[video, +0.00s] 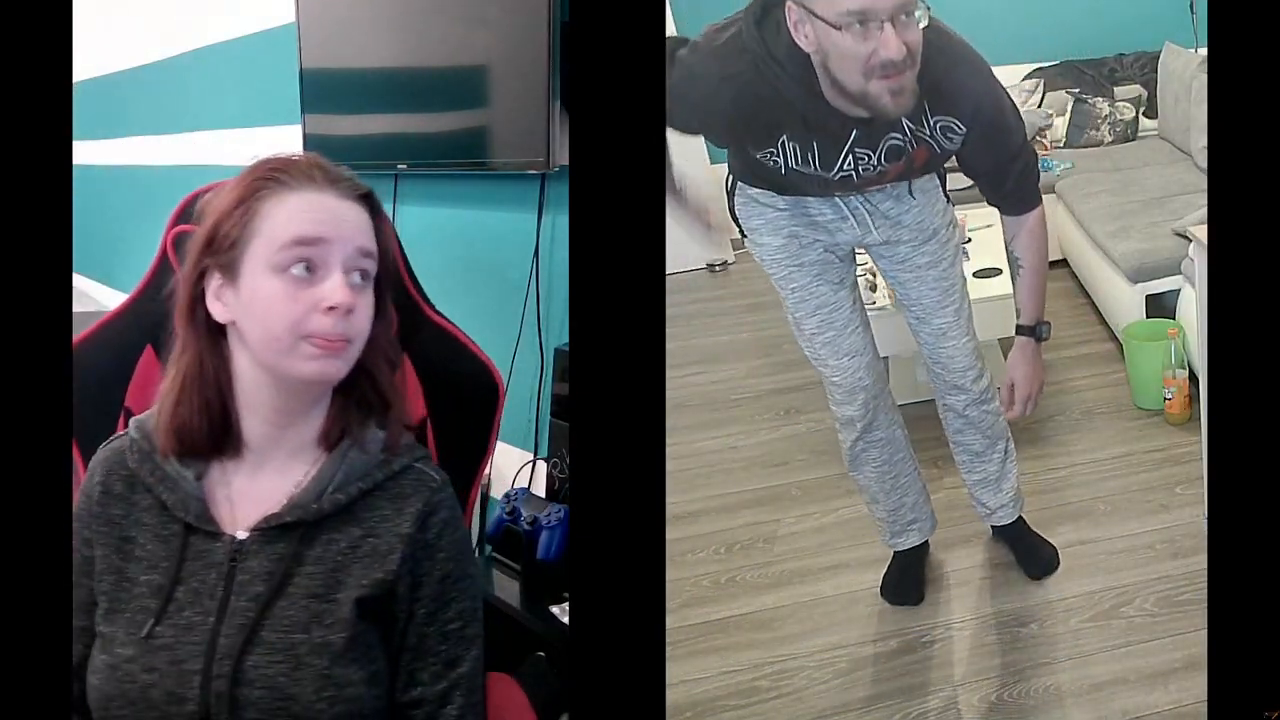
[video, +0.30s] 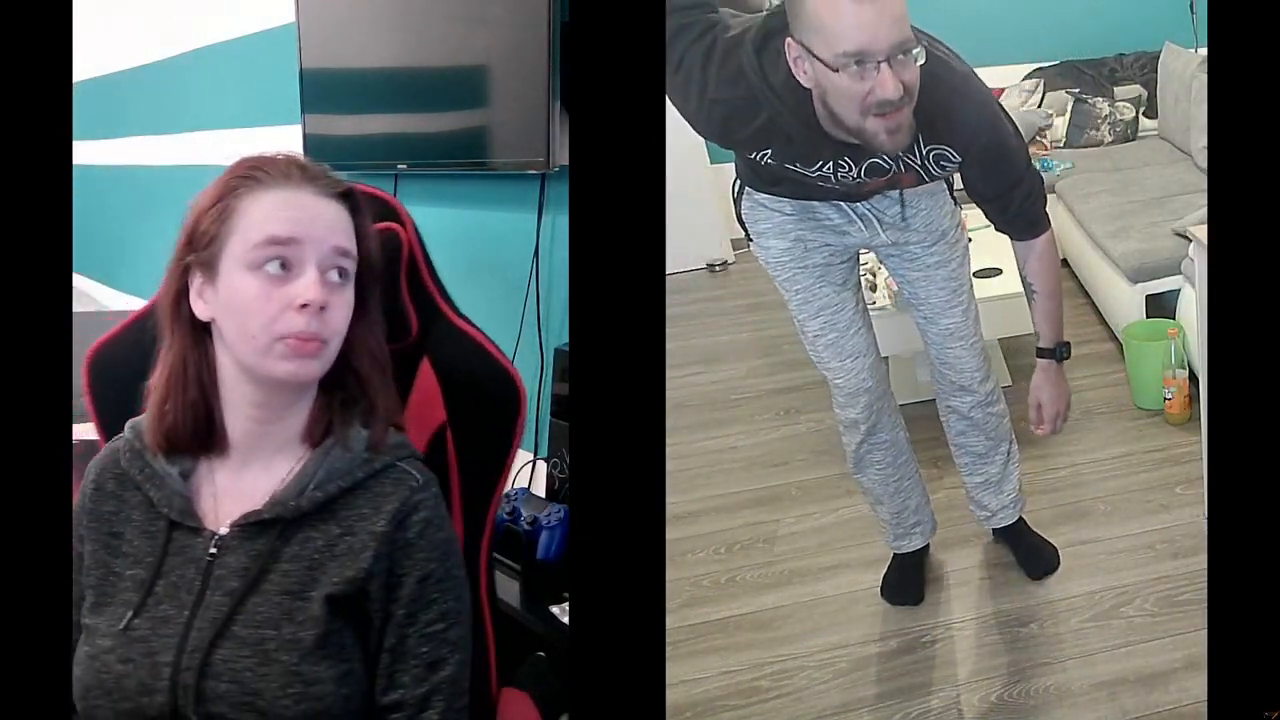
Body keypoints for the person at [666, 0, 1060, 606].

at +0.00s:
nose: (895, 48)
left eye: (906, 17)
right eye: (861, 25)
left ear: (922, 10)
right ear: (802, 27)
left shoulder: (961, 81)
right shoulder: (727, 76)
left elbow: (1022, 202)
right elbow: (668, 100)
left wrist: (1030, 335)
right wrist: (679, 192)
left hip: (909, 189)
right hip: (785, 203)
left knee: (959, 363)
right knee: (854, 386)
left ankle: (1004, 511)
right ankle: (908, 535)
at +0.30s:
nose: (890, 87)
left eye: (901, 55)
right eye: (855, 65)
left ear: (916, 41)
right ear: (802, 65)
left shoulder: (958, 100)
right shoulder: (730, 85)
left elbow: (1029, 221)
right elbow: (679, 14)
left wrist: (1052, 355)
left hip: (917, 190)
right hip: (792, 204)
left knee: (965, 365)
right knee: (857, 390)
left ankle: (1003, 511)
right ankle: (909, 537)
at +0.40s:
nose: (893, 95)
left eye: (904, 63)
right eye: (859, 74)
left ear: (917, 43)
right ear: (804, 73)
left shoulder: (960, 104)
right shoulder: (734, 94)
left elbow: (1034, 230)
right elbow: (681, 15)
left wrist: (1055, 362)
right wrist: (762, 21)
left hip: (921, 195)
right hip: (797, 206)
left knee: (968, 366)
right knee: (860, 393)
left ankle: (1004, 512)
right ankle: (909, 537)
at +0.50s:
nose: (894, 103)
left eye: (904, 69)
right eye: (860, 82)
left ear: (916, 48)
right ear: (806, 81)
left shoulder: (965, 112)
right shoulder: (737, 102)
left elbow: (1037, 229)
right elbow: (680, 15)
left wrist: (1055, 367)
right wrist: (768, 32)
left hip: (925, 196)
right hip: (799, 205)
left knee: (969, 365)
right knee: (860, 390)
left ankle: (1004, 512)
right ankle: (909, 537)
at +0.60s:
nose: (895, 113)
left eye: (906, 78)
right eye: (861, 91)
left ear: (916, 54)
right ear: (807, 88)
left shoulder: (966, 113)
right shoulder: (739, 104)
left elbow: (1042, 232)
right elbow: (680, 13)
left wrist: (1057, 370)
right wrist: (776, 39)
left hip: (928, 199)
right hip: (801, 207)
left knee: (972, 368)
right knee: (862, 391)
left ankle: (1004, 512)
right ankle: (910, 537)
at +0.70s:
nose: (896, 118)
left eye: (907, 83)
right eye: (861, 95)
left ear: (917, 57)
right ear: (809, 91)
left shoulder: (968, 117)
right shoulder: (739, 106)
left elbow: (1043, 235)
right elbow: (681, 13)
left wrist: (1057, 374)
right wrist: (781, 38)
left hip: (928, 198)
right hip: (802, 205)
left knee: (972, 368)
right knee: (862, 391)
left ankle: (1004, 512)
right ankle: (909, 536)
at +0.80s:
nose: (896, 119)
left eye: (907, 83)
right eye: (861, 96)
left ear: (917, 55)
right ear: (810, 90)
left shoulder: (968, 115)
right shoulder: (742, 105)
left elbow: (1043, 238)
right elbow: (680, 13)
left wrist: (1057, 379)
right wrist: (778, 32)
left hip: (931, 199)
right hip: (804, 204)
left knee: (973, 369)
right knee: (863, 392)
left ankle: (1004, 512)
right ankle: (910, 536)